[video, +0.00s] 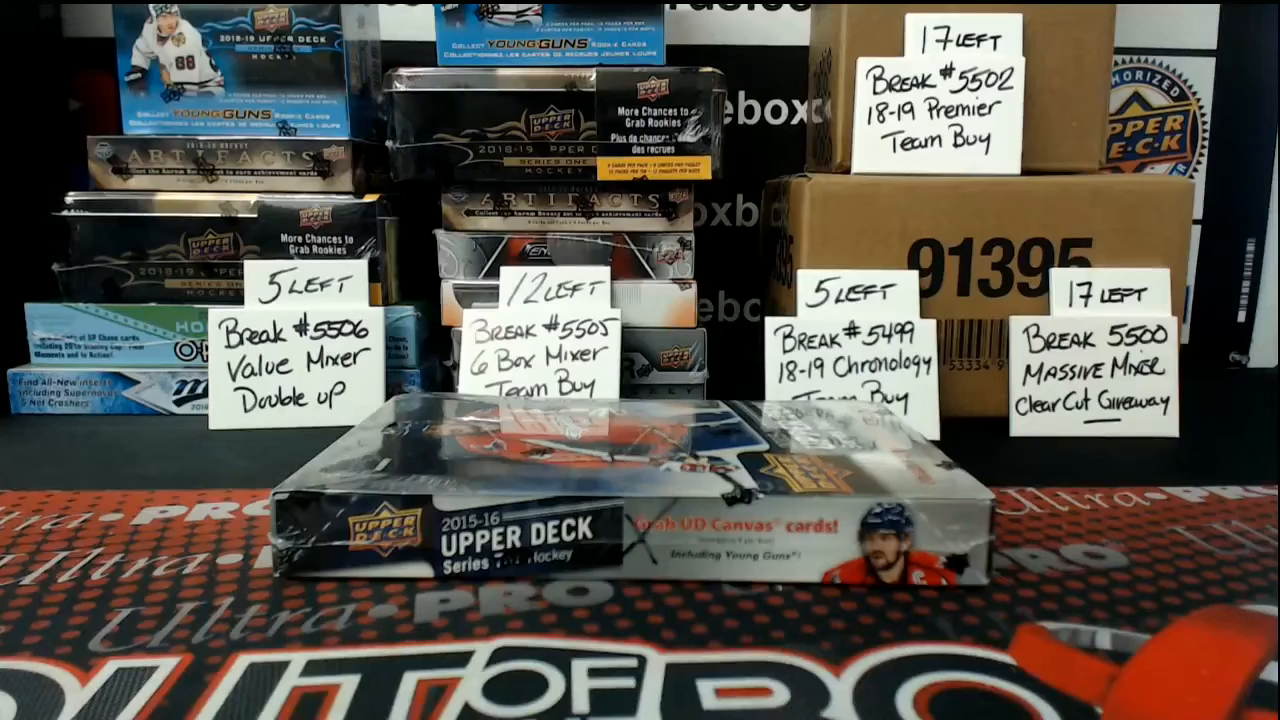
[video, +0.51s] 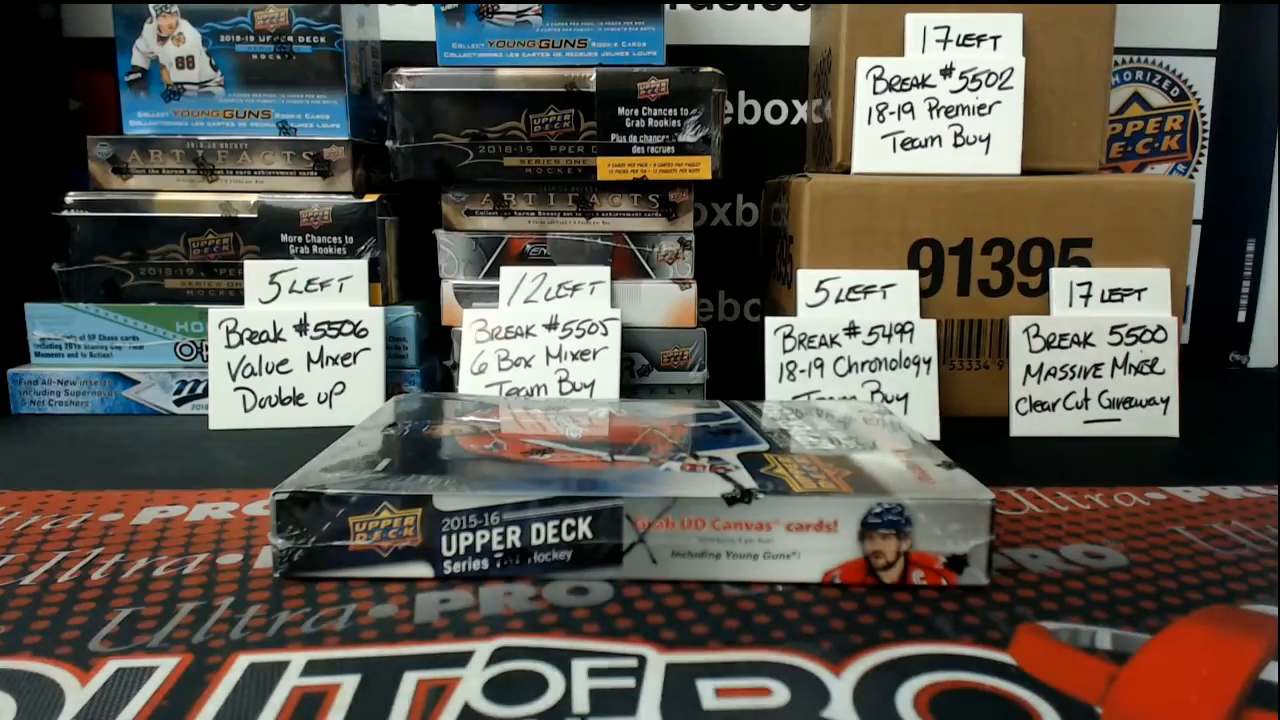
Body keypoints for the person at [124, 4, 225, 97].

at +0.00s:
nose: (170, 22)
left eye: (173, 17)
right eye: (164, 18)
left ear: (178, 17)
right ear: (156, 19)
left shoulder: (186, 35)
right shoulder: (150, 28)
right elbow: (141, 50)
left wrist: (177, 89)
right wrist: (137, 73)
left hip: (209, 84)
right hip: (181, 84)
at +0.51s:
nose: (169, 23)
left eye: (173, 17)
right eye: (164, 18)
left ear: (178, 18)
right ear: (156, 19)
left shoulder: (186, 35)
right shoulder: (150, 28)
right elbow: (141, 50)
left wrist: (178, 89)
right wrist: (137, 73)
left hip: (209, 84)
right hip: (181, 84)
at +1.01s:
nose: (170, 22)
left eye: (173, 17)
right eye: (164, 18)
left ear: (178, 17)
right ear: (156, 20)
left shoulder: (186, 35)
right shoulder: (150, 28)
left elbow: (188, 67)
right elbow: (141, 50)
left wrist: (178, 88)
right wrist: (137, 71)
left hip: (208, 84)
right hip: (181, 84)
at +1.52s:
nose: (170, 23)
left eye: (173, 17)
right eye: (164, 18)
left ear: (178, 17)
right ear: (156, 20)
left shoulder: (186, 36)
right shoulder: (150, 28)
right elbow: (142, 50)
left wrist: (178, 89)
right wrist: (137, 72)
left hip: (208, 84)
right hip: (181, 84)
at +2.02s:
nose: (170, 22)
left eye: (173, 17)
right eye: (164, 18)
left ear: (178, 17)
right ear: (156, 20)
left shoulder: (186, 36)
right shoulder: (150, 29)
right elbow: (142, 50)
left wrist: (178, 88)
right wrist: (137, 72)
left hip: (209, 84)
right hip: (181, 84)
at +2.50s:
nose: (170, 22)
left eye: (173, 17)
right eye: (164, 17)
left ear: (178, 17)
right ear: (156, 20)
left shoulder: (186, 34)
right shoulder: (150, 28)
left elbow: (188, 65)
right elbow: (142, 50)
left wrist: (180, 87)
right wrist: (137, 72)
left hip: (208, 83)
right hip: (182, 83)